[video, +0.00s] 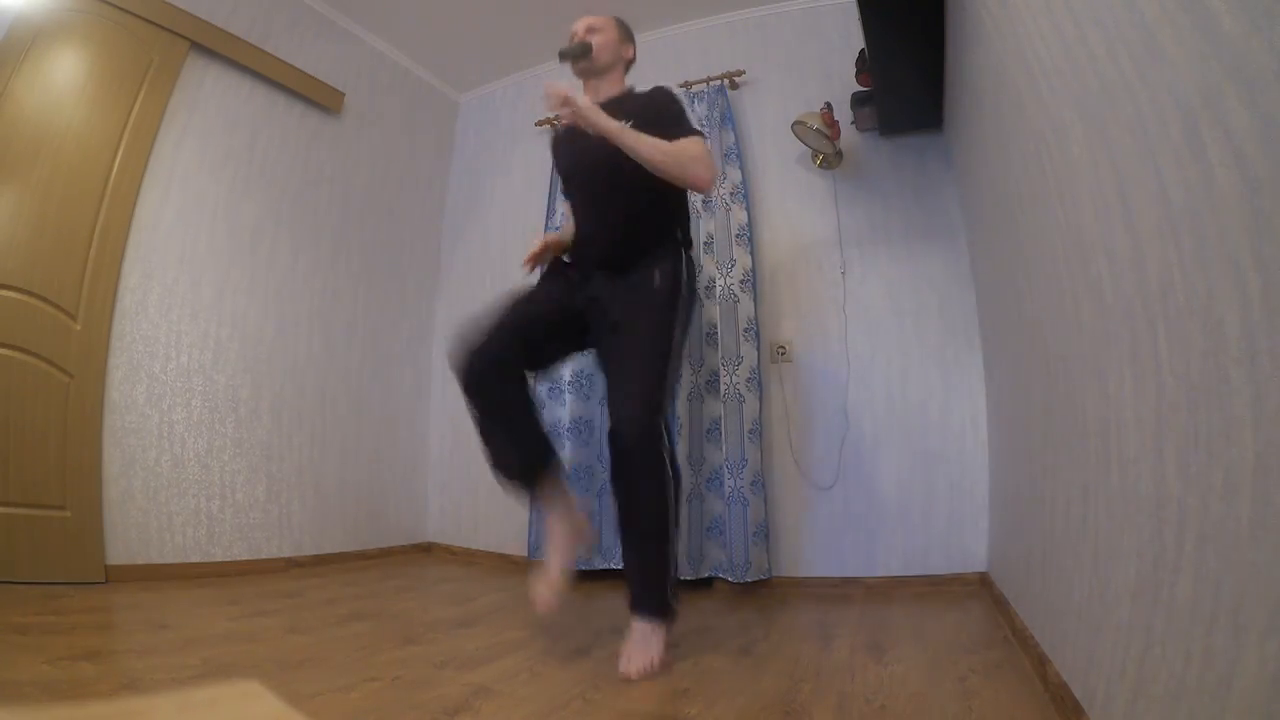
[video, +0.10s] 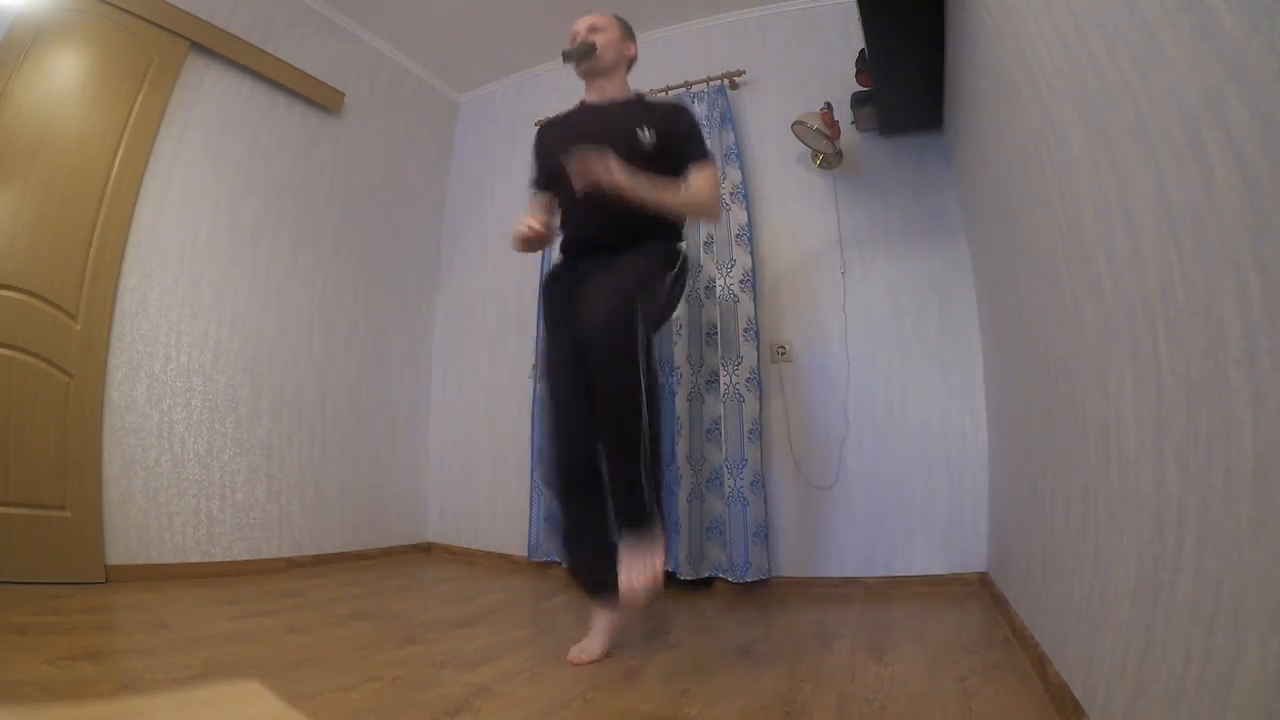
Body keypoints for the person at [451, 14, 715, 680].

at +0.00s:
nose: (578, 39)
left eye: (593, 30)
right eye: (571, 35)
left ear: (627, 49)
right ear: (569, 59)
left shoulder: (657, 105)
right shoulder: (567, 133)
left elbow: (702, 172)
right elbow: (593, 211)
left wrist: (601, 124)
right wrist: (560, 241)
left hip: (648, 285)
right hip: (582, 283)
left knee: (633, 430)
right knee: (484, 361)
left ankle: (650, 613)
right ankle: (558, 508)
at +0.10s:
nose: (582, 36)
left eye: (597, 28)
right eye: (576, 33)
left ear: (630, 49)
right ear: (570, 60)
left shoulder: (667, 116)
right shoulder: (554, 131)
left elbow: (707, 198)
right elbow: (543, 207)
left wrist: (626, 179)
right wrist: (534, 228)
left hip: (646, 258)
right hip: (574, 272)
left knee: (609, 317)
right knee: (572, 435)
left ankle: (639, 525)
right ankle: (604, 600)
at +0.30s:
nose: (575, 35)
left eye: (590, 26)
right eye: (570, 31)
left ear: (624, 46)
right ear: (565, 56)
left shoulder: (663, 109)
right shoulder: (553, 131)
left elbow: (718, 184)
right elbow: (525, 222)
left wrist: (660, 197)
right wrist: (517, 180)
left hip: (649, 262)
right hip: (580, 275)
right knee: (541, 413)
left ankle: (622, 532)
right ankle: (587, 577)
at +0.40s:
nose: (572, 40)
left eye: (588, 32)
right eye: (566, 37)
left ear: (622, 54)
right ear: (562, 65)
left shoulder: (655, 114)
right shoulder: (563, 139)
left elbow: (713, 191)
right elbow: (574, 233)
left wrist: (617, 162)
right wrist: (534, 235)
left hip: (642, 292)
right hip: (577, 288)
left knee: (640, 459)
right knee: (467, 307)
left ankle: (646, 622)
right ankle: (543, 460)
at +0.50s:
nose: (574, 51)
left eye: (590, 42)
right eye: (568, 47)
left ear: (626, 62)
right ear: (561, 69)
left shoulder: (650, 117)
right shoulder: (566, 149)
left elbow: (682, 185)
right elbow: (583, 247)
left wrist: (592, 121)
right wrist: (541, 249)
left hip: (644, 304)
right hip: (579, 294)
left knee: (638, 460)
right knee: (470, 294)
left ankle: (639, 619)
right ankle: (534, 468)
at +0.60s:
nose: (579, 30)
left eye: (594, 22)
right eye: (572, 27)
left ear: (626, 44)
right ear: (565, 53)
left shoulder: (660, 107)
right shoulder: (554, 123)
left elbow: (706, 188)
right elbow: (551, 196)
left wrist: (613, 142)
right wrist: (542, 224)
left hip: (642, 268)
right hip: (570, 274)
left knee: (625, 396)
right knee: (535, 425)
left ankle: (638, 571)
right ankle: (581, 574)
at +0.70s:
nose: (581, 43)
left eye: (597, 36)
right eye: (573, 40)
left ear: (628, 61)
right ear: (565, 69)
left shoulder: (662, 139)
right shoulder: (543, 143)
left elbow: (703, 229)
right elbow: (500, 243)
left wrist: (652, 218)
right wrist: (491, 226)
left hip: (649, 284)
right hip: (574, 295)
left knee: (604, 248)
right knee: (589, 455)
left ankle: (637, 444)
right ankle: (615, 606)